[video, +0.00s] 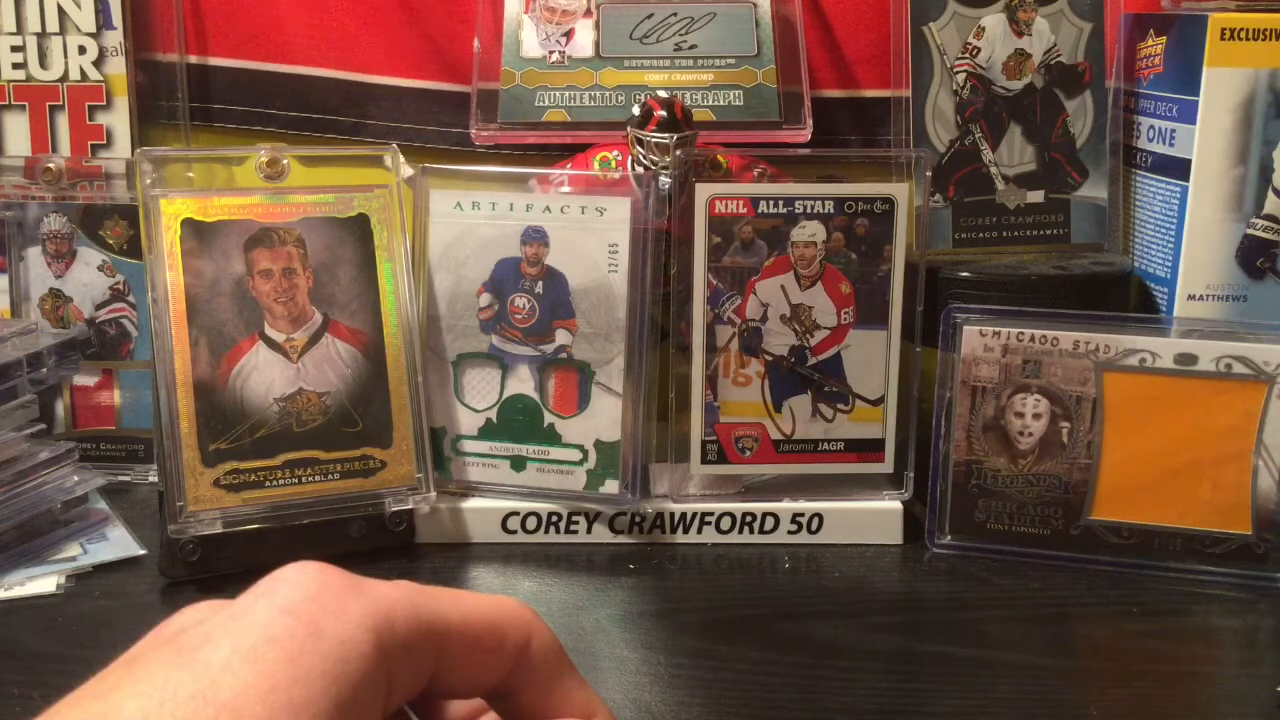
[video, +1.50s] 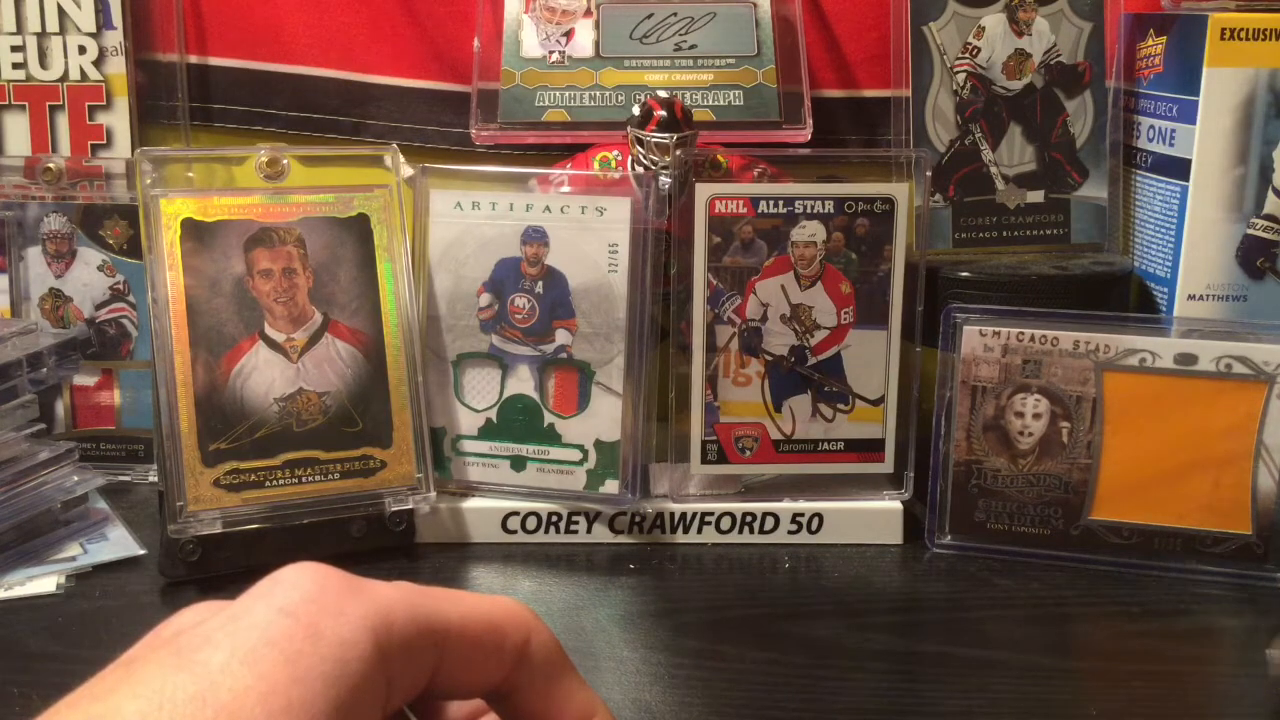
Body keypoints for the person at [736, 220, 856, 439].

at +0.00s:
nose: (801, 253)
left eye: (807, 247)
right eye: (796, 247)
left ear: (821, 249)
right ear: (790, 249)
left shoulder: (838, 285)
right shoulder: (773, 272)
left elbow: (843, 330)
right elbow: (754, 294)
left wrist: (810, 353)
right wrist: (750, 326)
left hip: (823, 353)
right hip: (780, 353)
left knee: (833, 413)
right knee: (799, 410)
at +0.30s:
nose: (801, 253)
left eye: (807, 247)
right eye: (796, 247)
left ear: (821, 249)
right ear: (790, 249)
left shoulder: (838, 285)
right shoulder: (773, 272)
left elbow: (843, 330)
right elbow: (754, 294)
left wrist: (810, 353)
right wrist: (750, 326)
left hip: (823, 353)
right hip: (780, 353)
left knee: (833, 413)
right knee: (799, 410)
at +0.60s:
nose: (801, 253)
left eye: (807, 247)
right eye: (796, 247)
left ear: (821, 249)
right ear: (790, 249)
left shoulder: (838, 285)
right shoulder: (773, 272)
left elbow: (843, 330)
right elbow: (754, 294)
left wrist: (810, 353)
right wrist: (751, 326)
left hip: (823, 354)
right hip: (780, 353)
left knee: (833, 413)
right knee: (799, 409)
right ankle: (791, 469)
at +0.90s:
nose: (801, 253)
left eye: (807, 247)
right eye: (796, 247)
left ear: (821, 249)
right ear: (790, 249)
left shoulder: (838, 285)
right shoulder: (773, 271)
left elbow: (843, 329)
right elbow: (754, 292)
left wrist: (810, 353)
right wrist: (751, 326)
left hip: (823, 354)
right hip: (780, 353)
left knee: (833, 413)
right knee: (799, 409)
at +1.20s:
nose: (801, 253)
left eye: (807, 247)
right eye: (796, 247)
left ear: (821, 249)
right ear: (790, 248)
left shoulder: (838, 285)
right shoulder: (773, 271)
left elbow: (843, 330)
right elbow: (754, 292)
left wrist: (810, 352)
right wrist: (751, 326)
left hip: (823, 353)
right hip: (780, 353)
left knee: (832, 412)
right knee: (799, 410)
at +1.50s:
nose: (801, 253)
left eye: (807, 247)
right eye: (796, 247)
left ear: (821, 249)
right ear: (790, 249)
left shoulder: (838, 285)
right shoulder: (773, 271)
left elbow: (843, 330)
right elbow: (754, 292)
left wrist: (810, 352)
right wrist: (751, 326)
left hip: (823, 353)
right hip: (780, 353)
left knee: (832, 412)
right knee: (799, 409)